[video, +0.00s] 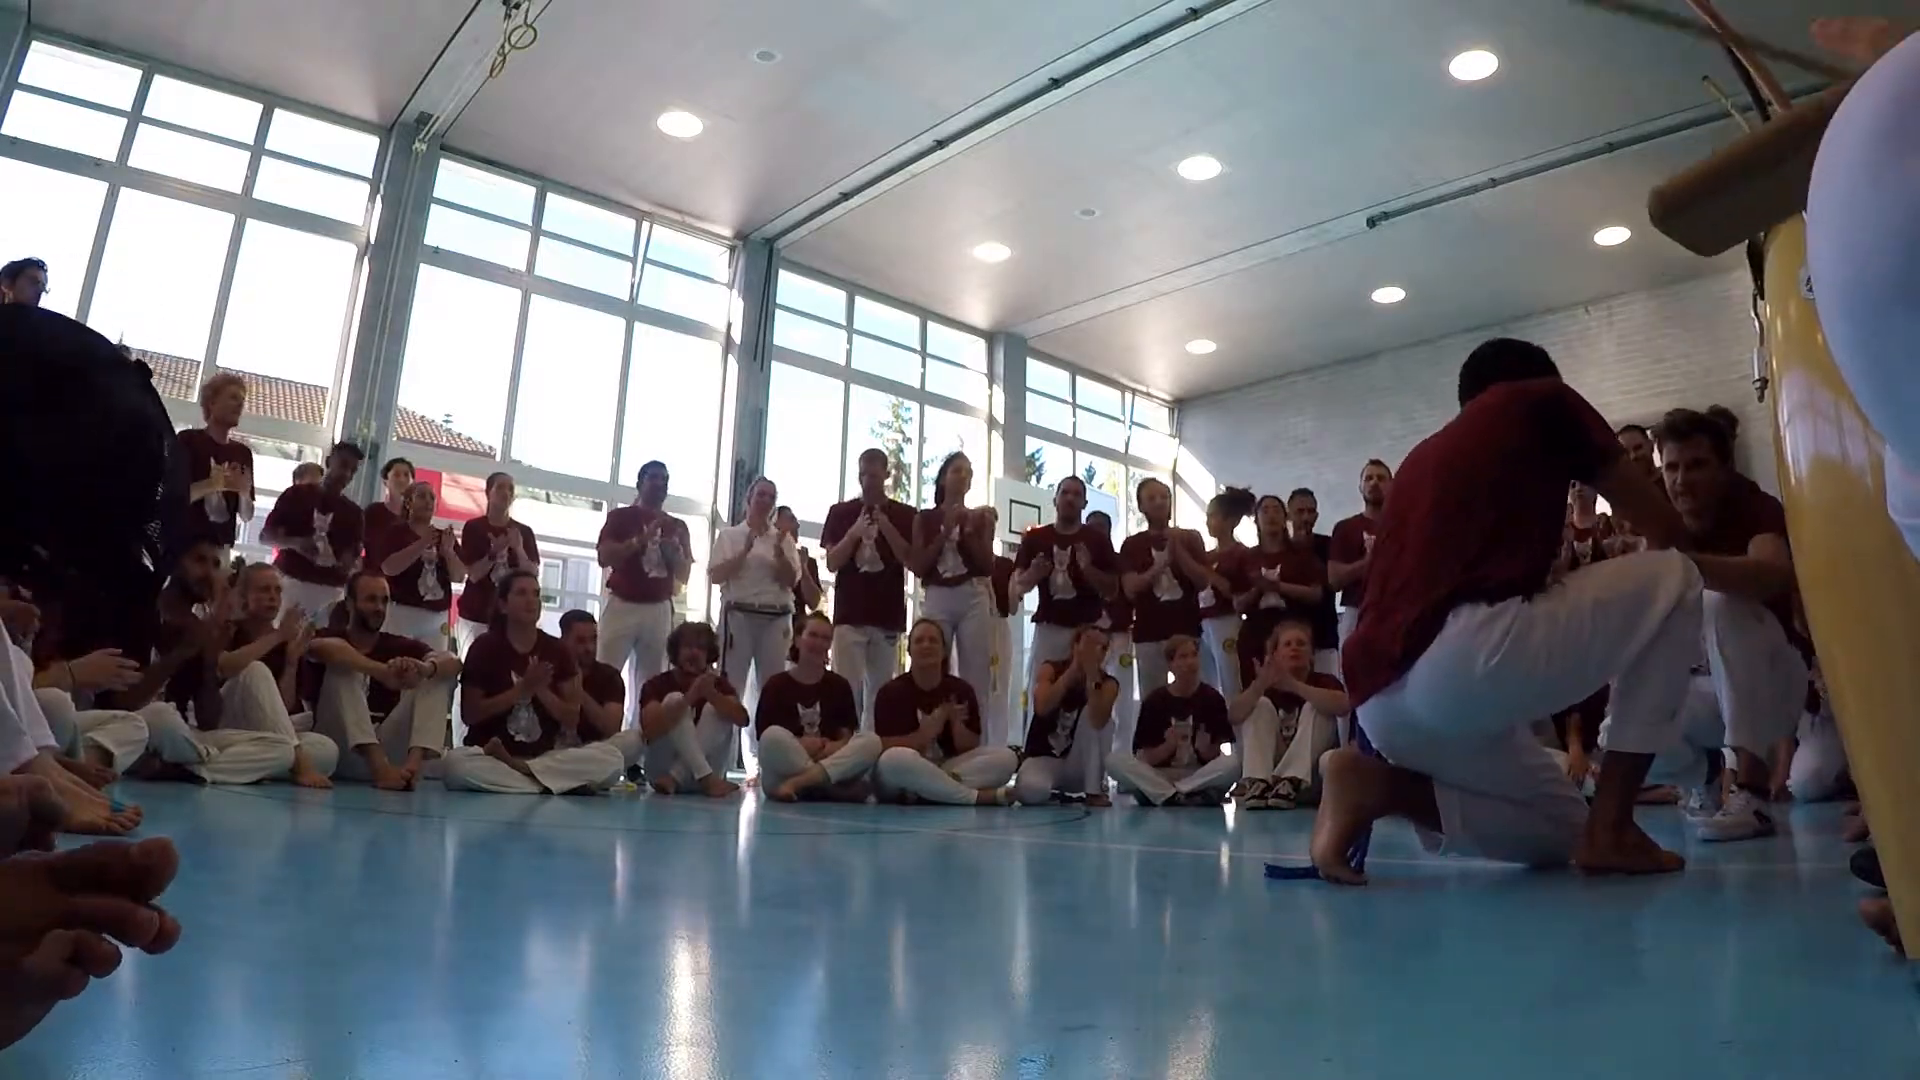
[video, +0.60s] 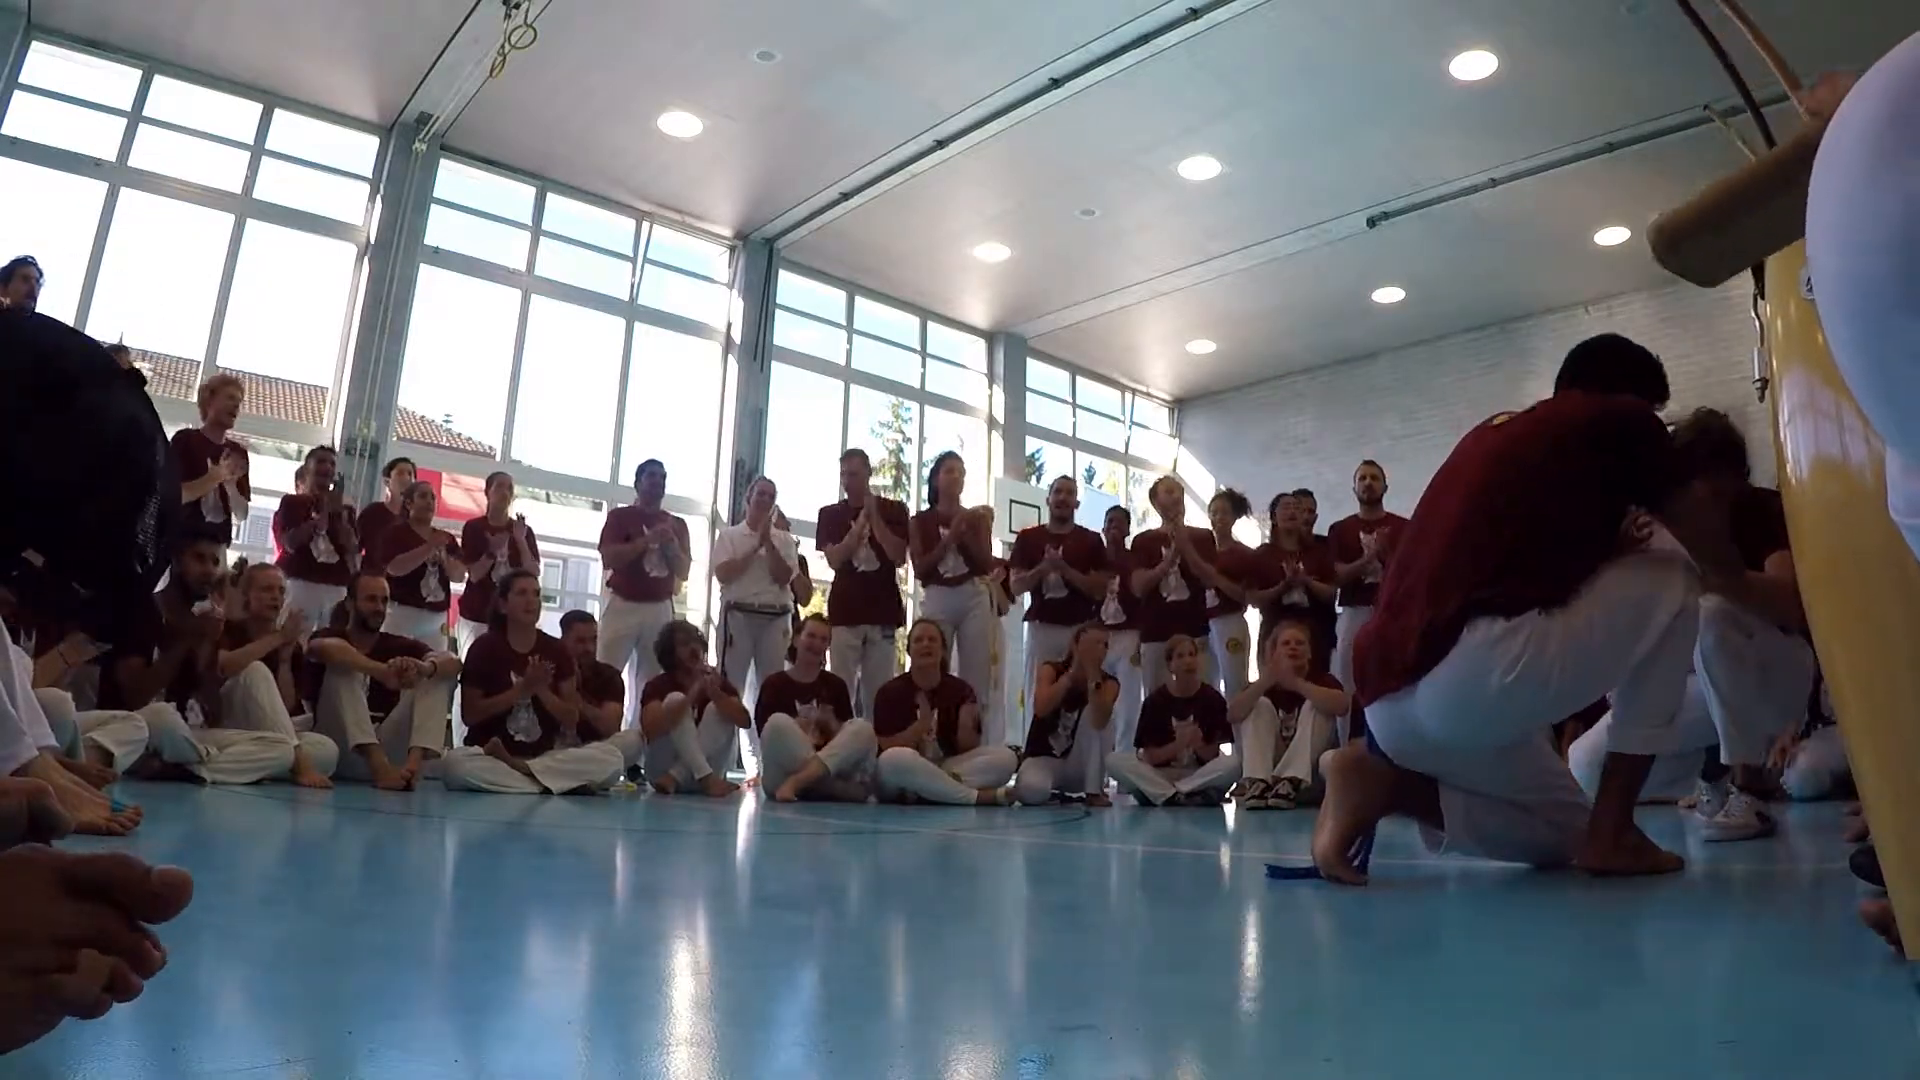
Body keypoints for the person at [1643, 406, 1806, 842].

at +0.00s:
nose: (1682, 480)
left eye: (1696, 466)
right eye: (1671, 468)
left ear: (1724, 466)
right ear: (1660, 472)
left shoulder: (1756, 507)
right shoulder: (1660, 523)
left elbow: (1773, 574)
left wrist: (1676, 567)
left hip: (1772, 681)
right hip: (1696, 683)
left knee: (1726, 603)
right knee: (1621, 737)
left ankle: (1744, 793)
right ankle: (1704, 777)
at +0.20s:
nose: (1685, 483)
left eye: (1699, 470)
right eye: (1674, 471)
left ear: (1730, 468)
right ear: (1663, 473)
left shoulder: (1765, 509)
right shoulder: (1662, 526)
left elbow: (1776, 580)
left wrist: (1675, 565)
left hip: (1781, 684)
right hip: (1700, 686)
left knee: (1728, 612)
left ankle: (1750, 789)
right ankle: (1711, 773)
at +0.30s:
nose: (1687, 493)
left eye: (1702, 478)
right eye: (1677, 479)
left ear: (1734, 471)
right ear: (1664, 477)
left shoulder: (1768, 510)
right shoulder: (1655, 526)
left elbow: (1782, 587)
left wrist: (1679, 562)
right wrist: (1604, 557)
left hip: (1784, 685)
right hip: (1702, 687)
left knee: (1725, 614)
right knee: (1598, 753)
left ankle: (1751, 787)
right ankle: (1718, 767)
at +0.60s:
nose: (1703, 497)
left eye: (1713, 484)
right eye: (1690, 486)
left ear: (1736, 478)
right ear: (1669, 484)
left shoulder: (1765, 511)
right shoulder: (1649, 524)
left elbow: (1790, 603)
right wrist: (1618, 553)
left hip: (1778, 676)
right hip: (1692, 682)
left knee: (1715, 614)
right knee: (1587, 765)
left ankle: (1747, 787)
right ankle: (1718, 772)